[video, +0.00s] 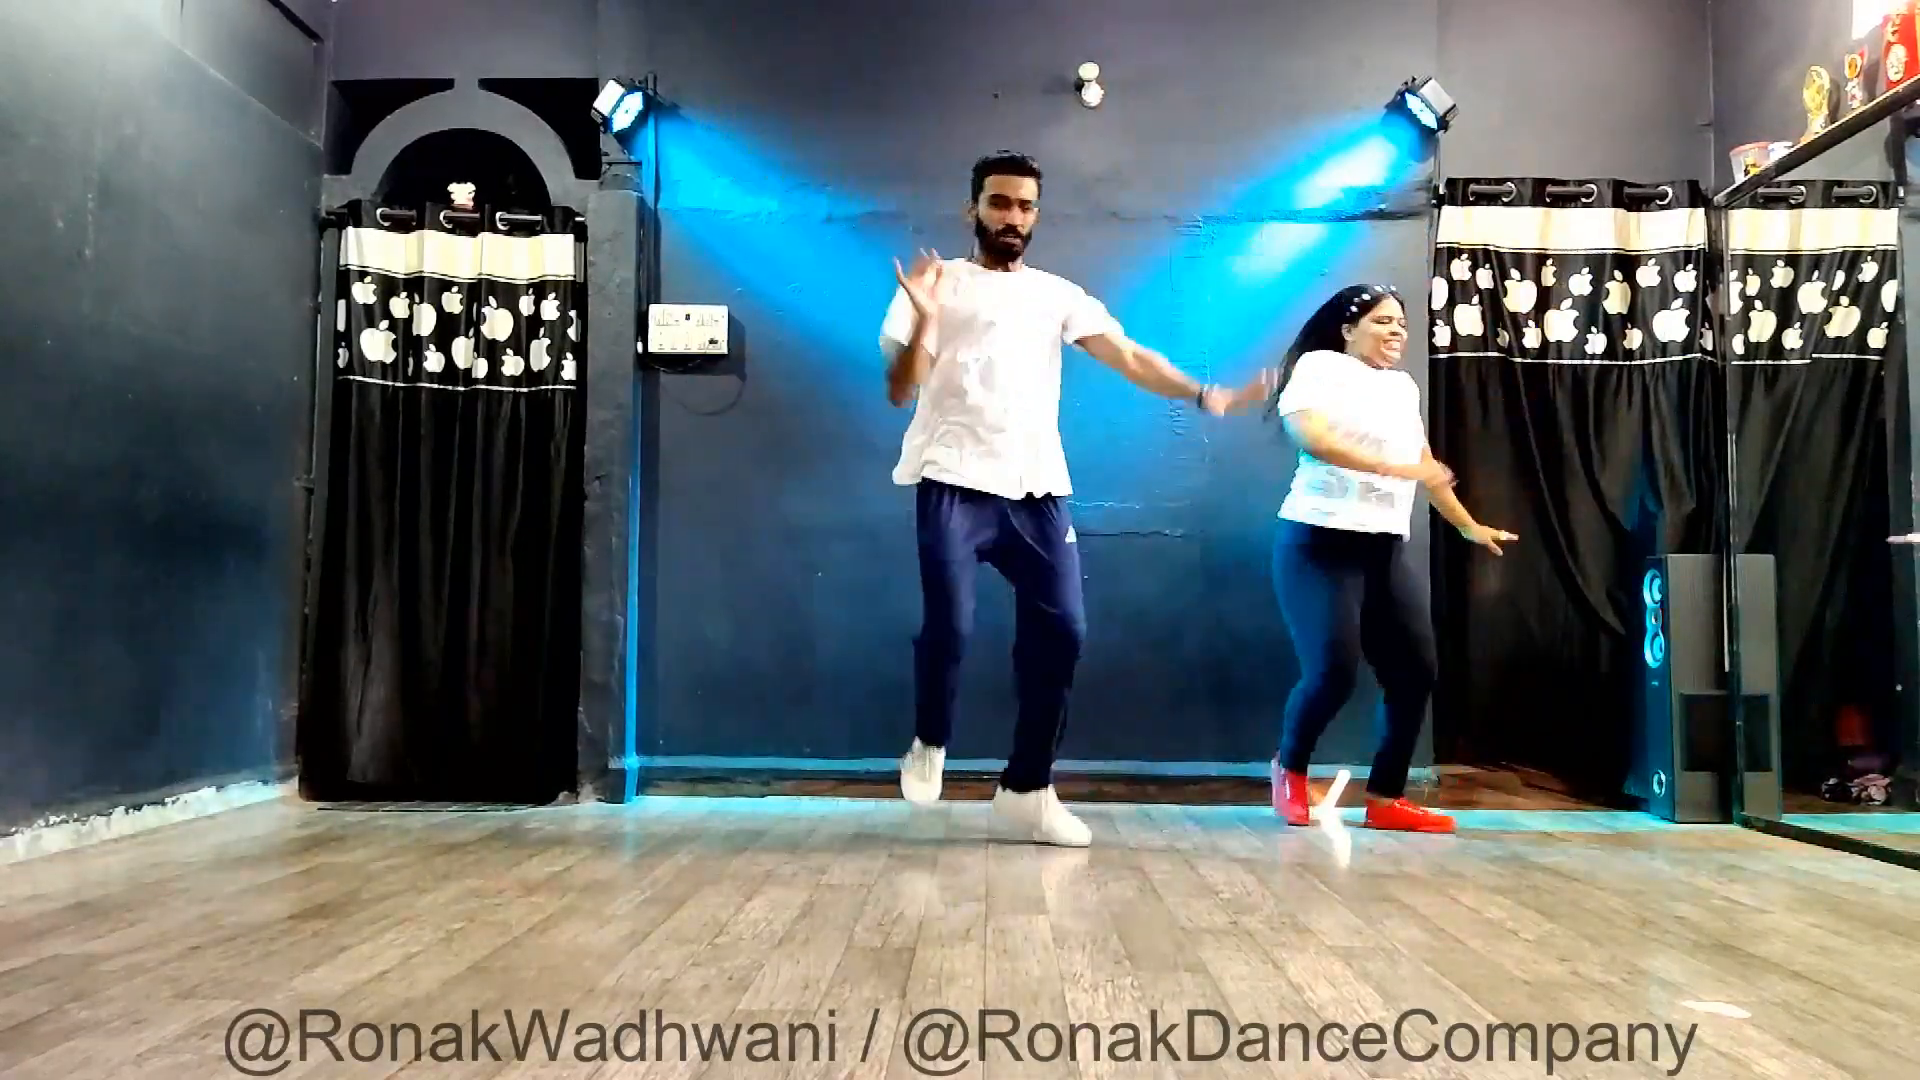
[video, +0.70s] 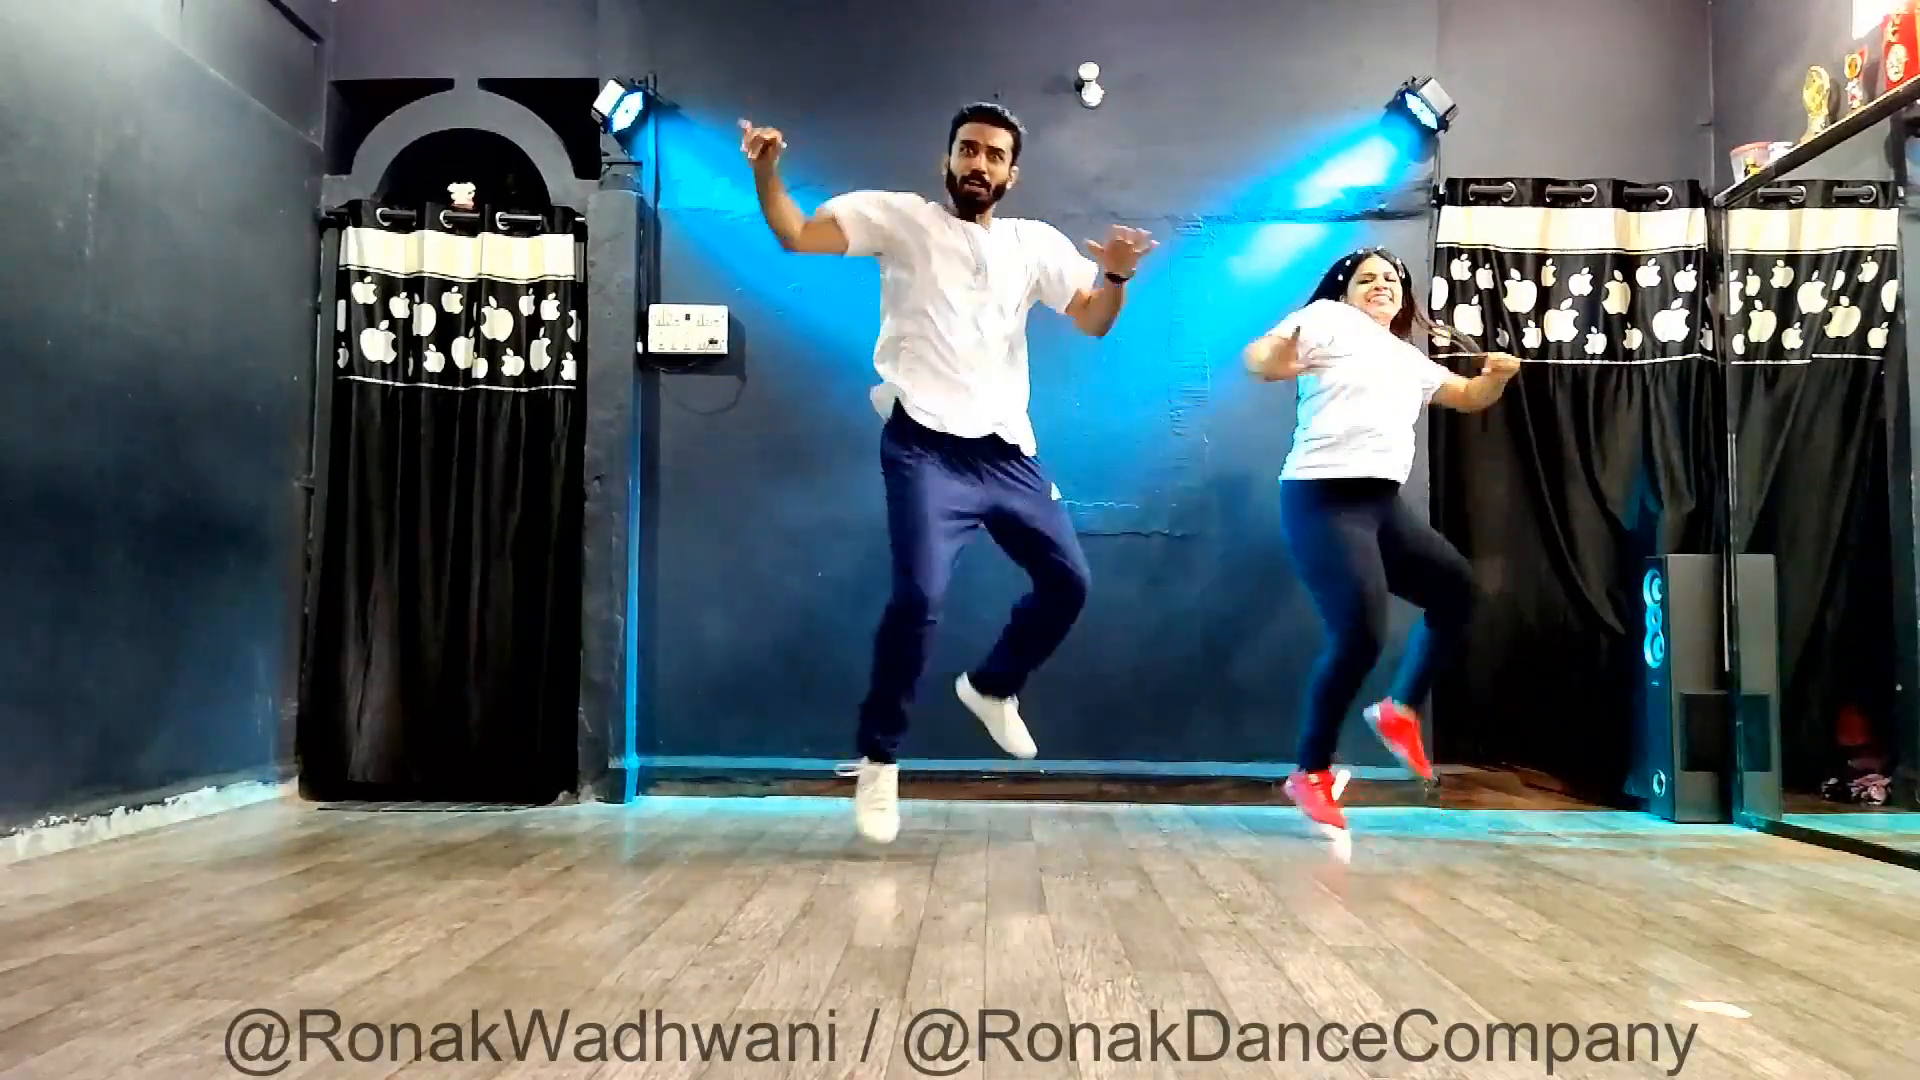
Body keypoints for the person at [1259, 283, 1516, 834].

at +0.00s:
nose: (1396, 332)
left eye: (1401, 326)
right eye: (1383, 322)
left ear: (1403, 336)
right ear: (1348, 327)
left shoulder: (1403, 388)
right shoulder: (1317, 367)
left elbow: (1422, 464)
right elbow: (1317, 440)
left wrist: (1469, 525)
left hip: (1386, 547)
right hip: (1317, 541)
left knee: (1413, 670)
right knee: (1330, 672)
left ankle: (1385, 798)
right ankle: (1289, 771)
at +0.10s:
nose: (1439, 362)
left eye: (1438, 353)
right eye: (1430, 351)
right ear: (1396, 351)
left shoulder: (1413, 428)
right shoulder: (1368, 376)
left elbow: (1445, 489)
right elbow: (1451, 386)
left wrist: (1501, 531)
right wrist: (1480, 422)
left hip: (1366, 563)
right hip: (1316, 550)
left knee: (1422, 668)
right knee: (1404, 633)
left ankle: (1390, 800)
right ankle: (1305, 714)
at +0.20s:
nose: (1449, 375)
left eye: (1449, 366)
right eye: (1442, 364)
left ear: (1407, 364)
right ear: (1413, 362)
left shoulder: (1412, 435)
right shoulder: (1392, 387)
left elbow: (1443, 490)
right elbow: (1493, 392)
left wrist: (1501, 529)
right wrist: (1497, 438)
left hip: (1327, 568)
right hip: (1324, 550)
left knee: (1426, 668)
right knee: (1445, 617)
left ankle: (1390, 799)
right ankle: (1341, 712)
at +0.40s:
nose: (1437, 376)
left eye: (1436, 367)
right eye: (1423, 369)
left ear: (1389, 385)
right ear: (1393, 378)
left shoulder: (1371, 430)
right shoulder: (1411, 417)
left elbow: (1423, 519)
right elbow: (1449, 493)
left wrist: (1485, 498)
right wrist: (1476, 455)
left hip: (1331, 583)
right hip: (1376, 572)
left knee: (1432, 690)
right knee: (1476, 684)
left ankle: (1391, 801)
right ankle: (1426, 813)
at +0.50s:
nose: (1396, 325)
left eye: (1404, 319)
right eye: (1381, 320)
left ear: (1414, 337)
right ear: (1361, 338)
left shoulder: (1403, 405)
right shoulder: (1368, 363)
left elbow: (1423, 480)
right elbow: (1406, 397)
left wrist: (1491, 466)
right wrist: (1443, 378)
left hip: (1364, 542)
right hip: (1366, 536)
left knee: (1425, 672)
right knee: (1442, 660)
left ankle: (1391, 800)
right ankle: (1424, 812)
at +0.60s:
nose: (1381, 291)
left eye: (1391, 286)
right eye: (1368, 286)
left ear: (1404, 304)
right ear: (1348, 301)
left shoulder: (1416, 366)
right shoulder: (1341, 328)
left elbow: (1427, 444)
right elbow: (1330, 358)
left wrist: (1496, 424)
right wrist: (1414, 363)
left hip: (1401, 513)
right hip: (1346, 503)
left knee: (1422, 641)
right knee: (1407, 635)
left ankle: (1401, 782)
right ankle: (1386, 785)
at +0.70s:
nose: (1382, 285)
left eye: (1392, 280)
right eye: (1368, 278)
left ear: (1403, 300)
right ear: (1343, 292)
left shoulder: (1410, 358)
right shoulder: (1326, 317)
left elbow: (1471, 397)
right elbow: (1258, 356)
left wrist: (1497, 375)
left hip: (1384, 502)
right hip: (1323, 496)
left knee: (1456, 585)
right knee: (1359, 634)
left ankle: (1401, 709)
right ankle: (1310, 773)